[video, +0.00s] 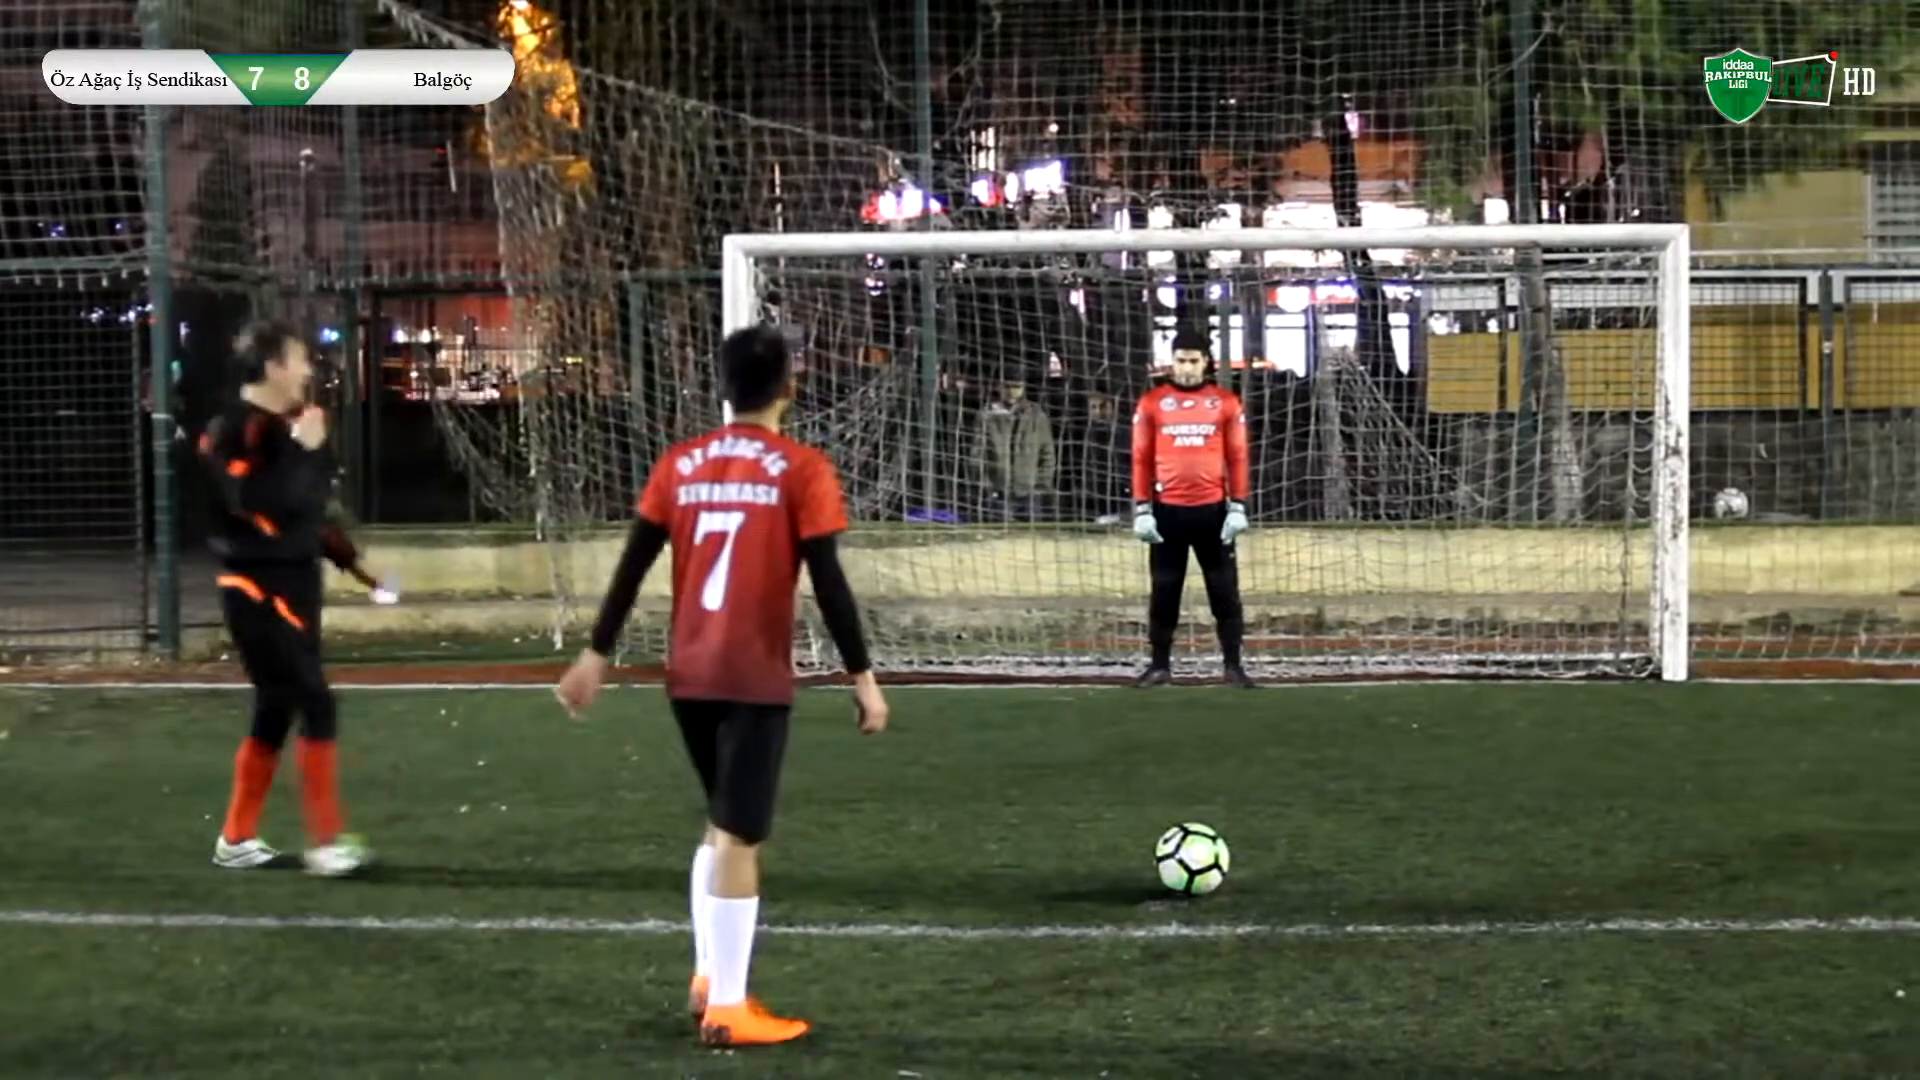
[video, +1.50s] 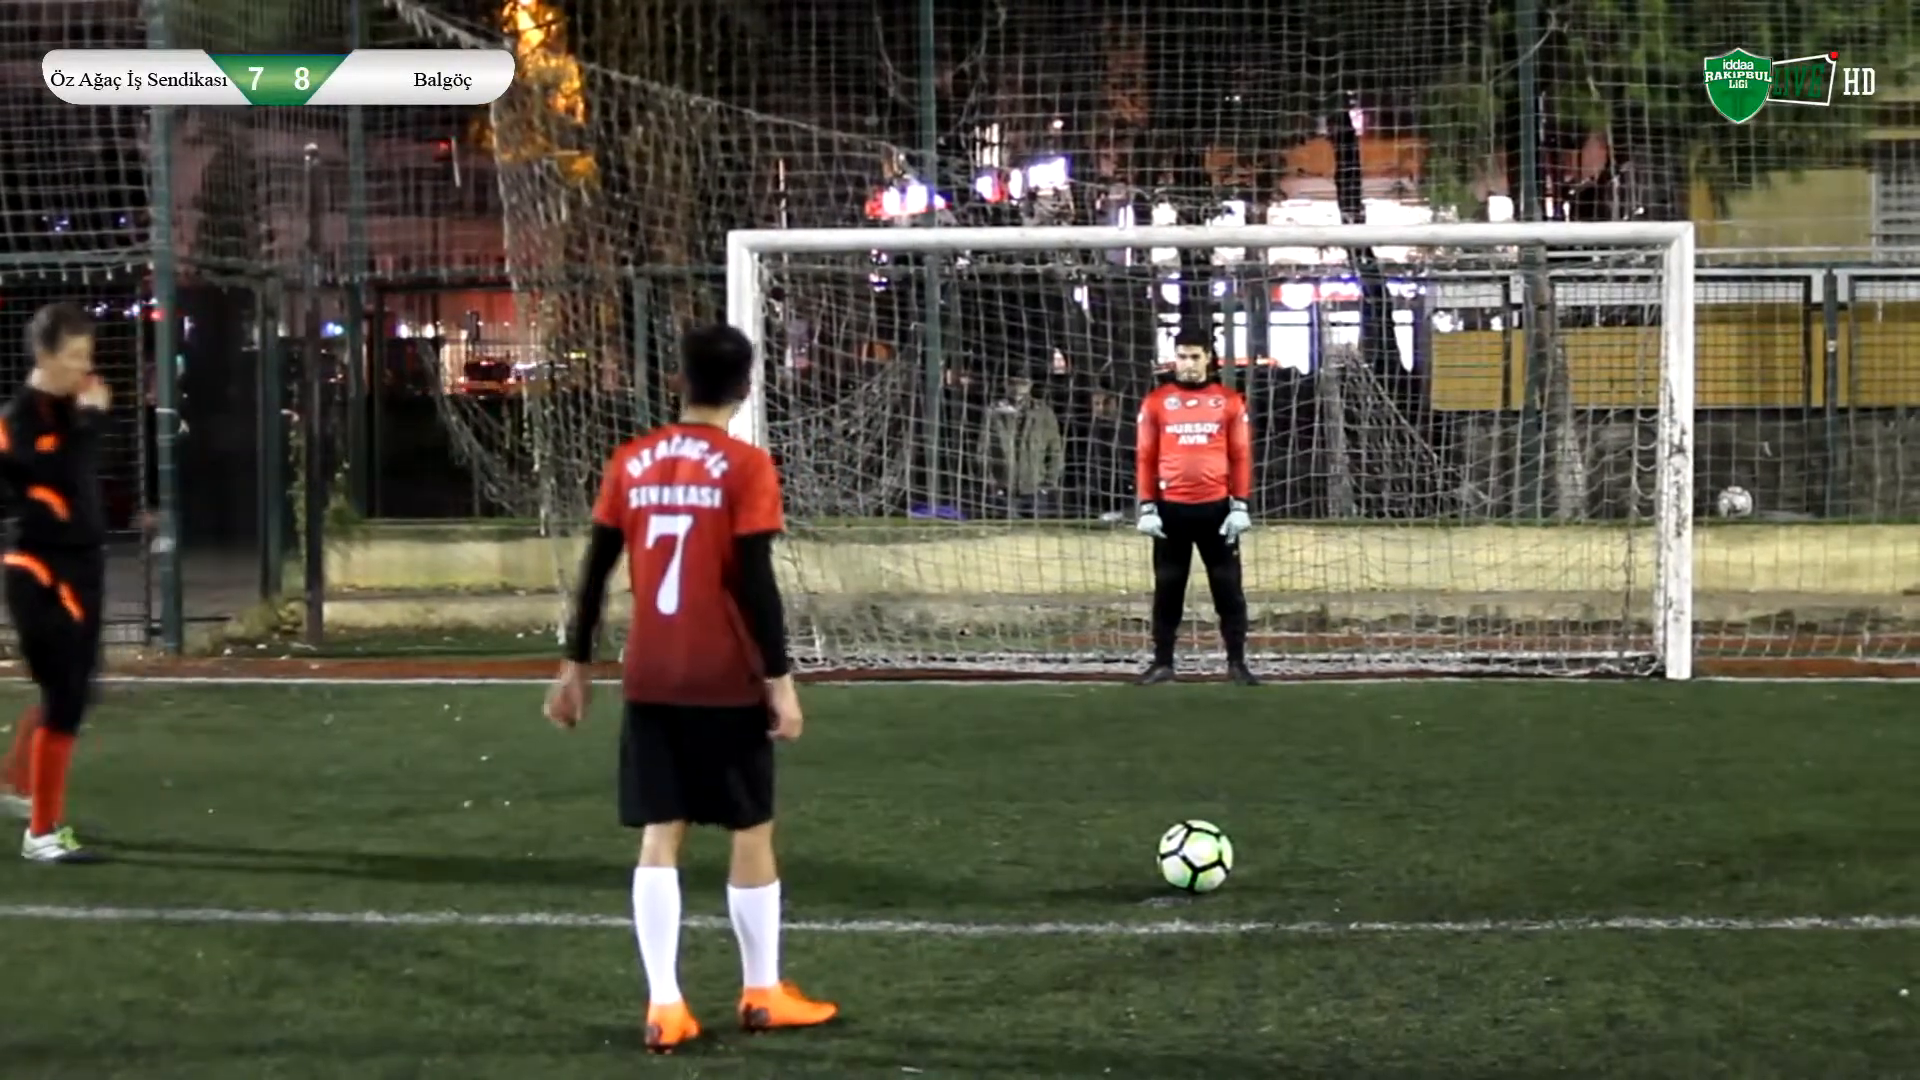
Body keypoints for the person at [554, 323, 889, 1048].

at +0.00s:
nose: (799, 382)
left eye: (789, 371)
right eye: (797, 374)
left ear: (725, 386)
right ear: (788, 385)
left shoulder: (678, 462)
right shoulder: (803, 468)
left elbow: (632, 564)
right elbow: (827, 581)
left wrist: (597, 651)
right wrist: (862, 674)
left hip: (688, 676)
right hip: (756, 678)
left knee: (724, 820)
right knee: (739, 837)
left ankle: (707, 975)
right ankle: (728, 1004)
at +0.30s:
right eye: (774, 375)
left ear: (708, 379)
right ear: (773, 382)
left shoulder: (661, 459)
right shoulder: (781, 464)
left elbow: (649, 572)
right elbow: (808, 577)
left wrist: (666, 647)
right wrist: (843, 669)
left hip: (677, 674)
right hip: (749, 679)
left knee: (691, 825)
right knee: (742, 838)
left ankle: (668, 993)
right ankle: (730, 1001)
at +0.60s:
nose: (704, 385)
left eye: (694, 373)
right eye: (739, 380)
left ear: (687, 382)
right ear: (749, 387)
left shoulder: (639, 461)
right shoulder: (763, 466)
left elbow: (651, 558)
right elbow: (778, 576)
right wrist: (805, 676)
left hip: (661, 680)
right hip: (738, 683)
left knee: (666, 826)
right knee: (764, 828)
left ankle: (665, 1002)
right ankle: (739, 990)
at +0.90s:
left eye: (688, 372)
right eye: (733, 380)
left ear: (676, 381)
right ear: (739, 386)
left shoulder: (627, 458)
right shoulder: (750, 465)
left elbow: (633, 566)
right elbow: (751, 581)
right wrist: (771, 680)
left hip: (650, 679)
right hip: (727, 680)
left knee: (661, 828)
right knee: (760, 819)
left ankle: (664, 1002)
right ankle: (763, 985)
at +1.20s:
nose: (727, 387)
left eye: (695, 371)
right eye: (738, 379)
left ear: (677, 379)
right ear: (740, 384)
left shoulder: (626, 457)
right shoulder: (747, 463)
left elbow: (619, 574)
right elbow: (751, 577)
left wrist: (641, 649)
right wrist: (775, 675)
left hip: (647, 679)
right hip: (727, 679)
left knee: (659, 829)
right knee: (751, 825)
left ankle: (664, 1000)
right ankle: (766, 986)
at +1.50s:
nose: (744, 394)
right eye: (749, 384)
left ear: (679, 385)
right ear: (744, 389)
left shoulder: (631, 461)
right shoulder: (748, 465)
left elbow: (594, 567)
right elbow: (752, 572)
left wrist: (574, 661)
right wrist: (779, 674)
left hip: (650, 681)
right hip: (729, 681)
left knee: (660, 830)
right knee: (752, 830)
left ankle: (663, 1003)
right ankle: (764, 988)